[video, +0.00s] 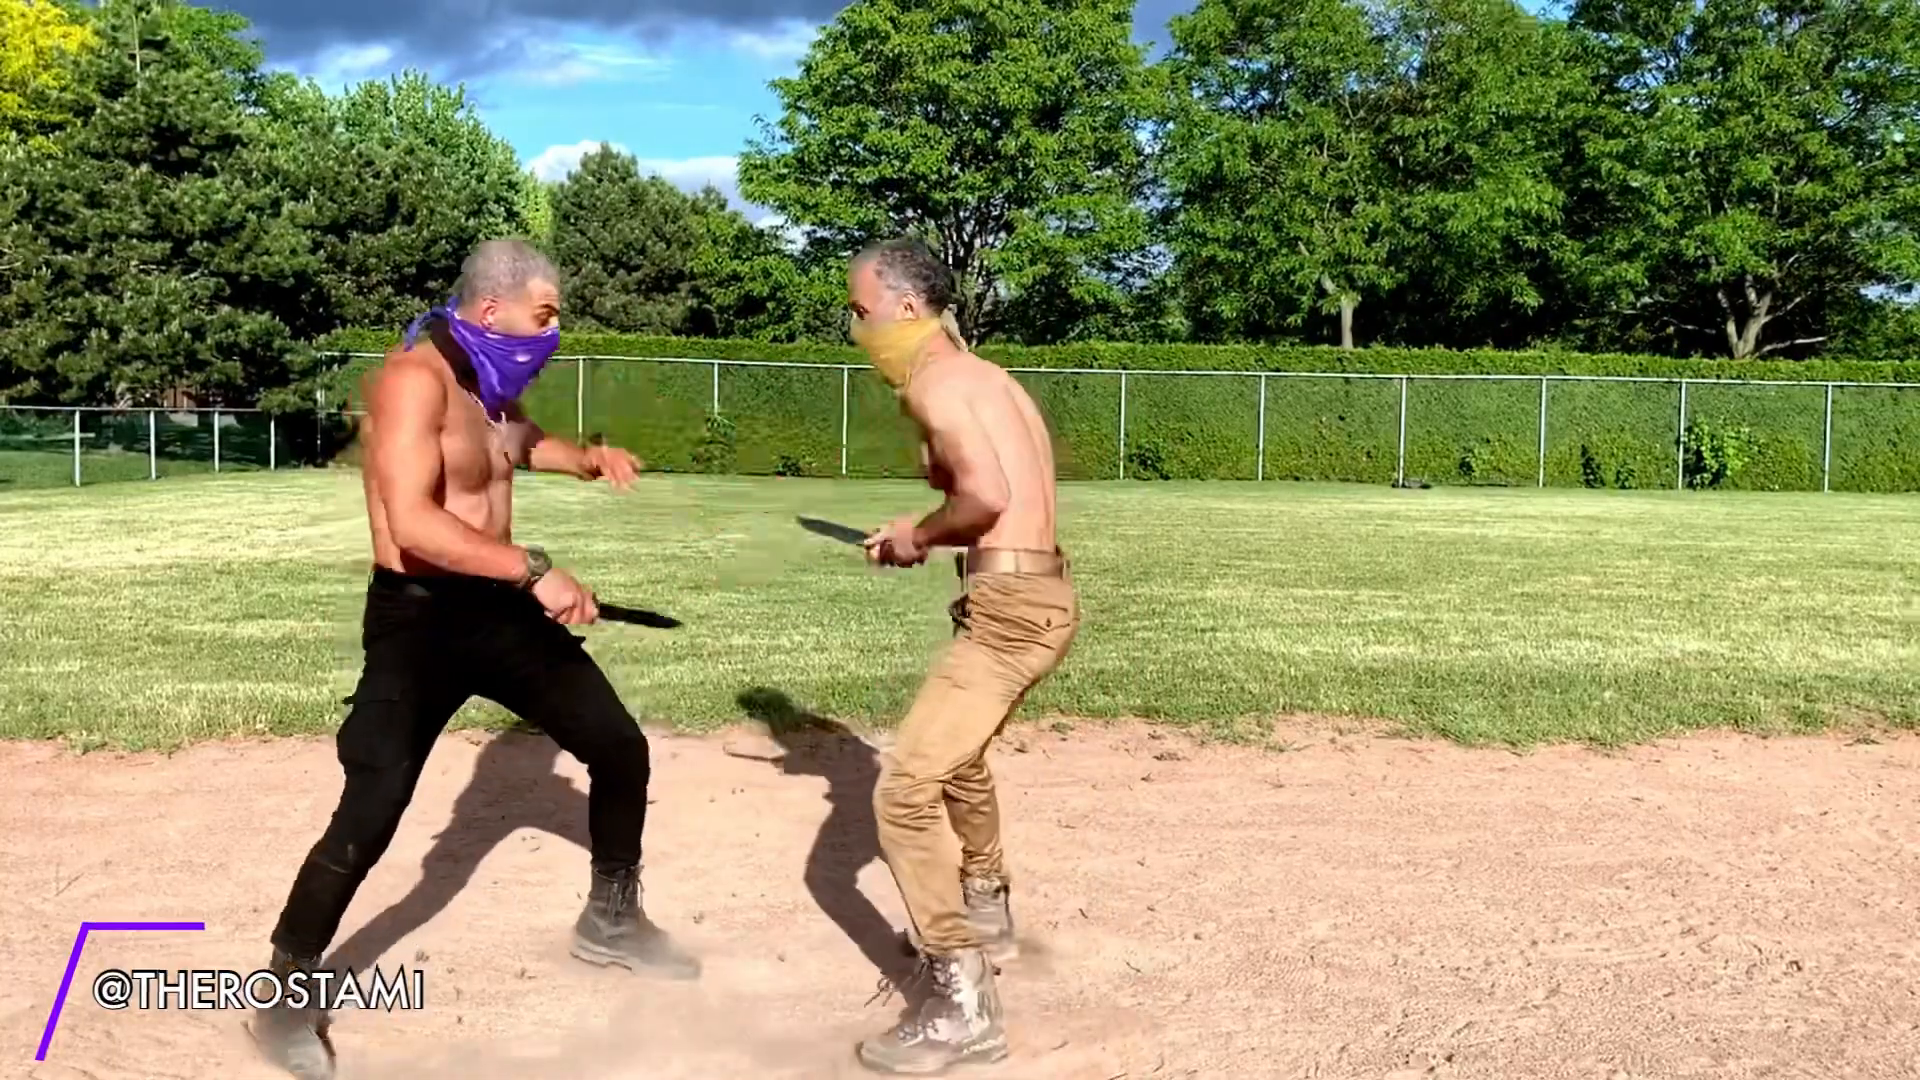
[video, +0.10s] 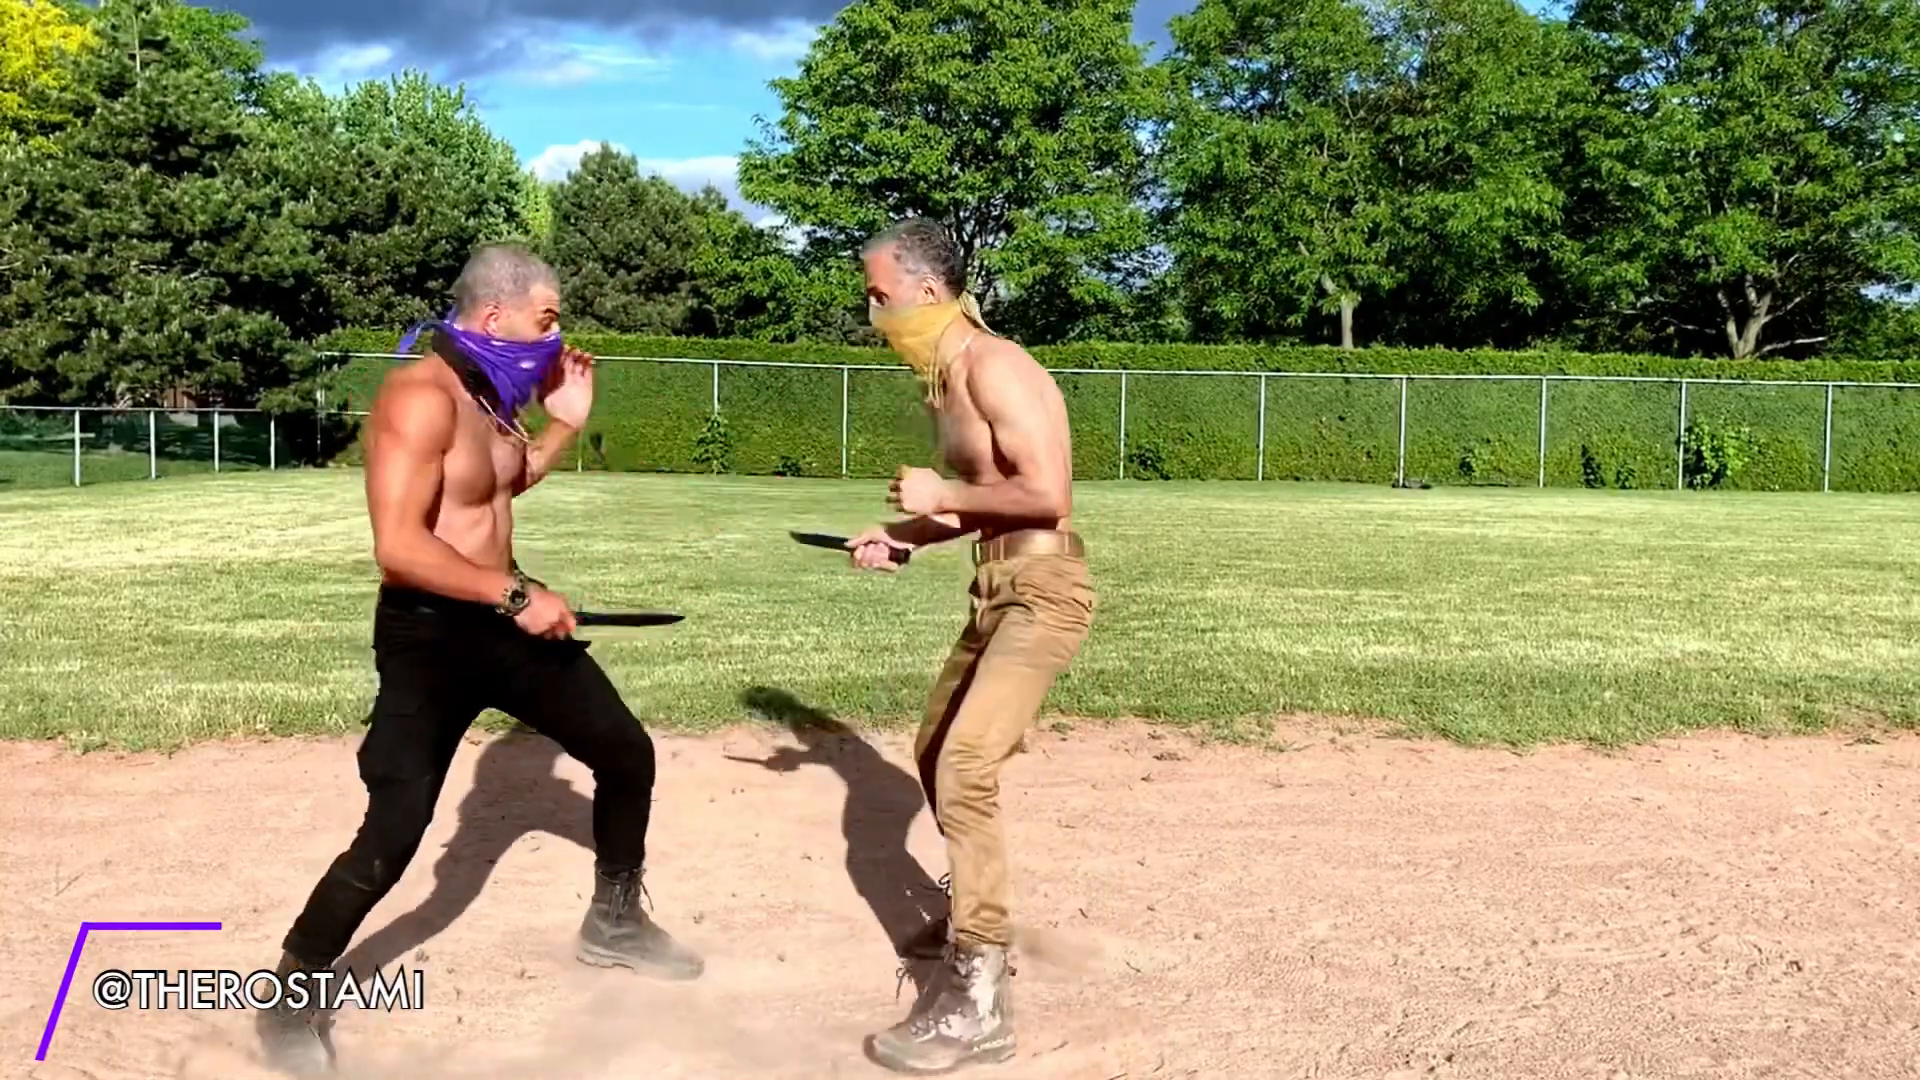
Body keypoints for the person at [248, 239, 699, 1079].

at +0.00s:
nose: (552, 335)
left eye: (554, 318)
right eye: (542, 316)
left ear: (503, 313)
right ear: (488, 310)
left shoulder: (493, 379)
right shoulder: (412, 379)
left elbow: (517, 444)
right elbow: (408, 523)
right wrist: (534, 570)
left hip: (501, 612)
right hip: (417, 620)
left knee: (620, 749)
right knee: (369, 814)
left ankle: (612, 917)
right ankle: (285, 990)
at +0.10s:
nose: (553, 336)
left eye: (556, 320)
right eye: (546, 318)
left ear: (496, 317)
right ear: (493, 315)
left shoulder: (480, 392)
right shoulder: (420, 393)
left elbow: (495, 484)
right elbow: (398, 546)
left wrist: (563, 425)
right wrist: (515, 595)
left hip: (504, 626)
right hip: (428, 635)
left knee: (626, 751)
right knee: (393, 837)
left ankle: (615, 919)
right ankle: (292, 992)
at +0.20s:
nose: (544, 349)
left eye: (546, 334)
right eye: (534, 333)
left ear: (490, 332)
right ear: (479, 331)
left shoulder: (497, 398)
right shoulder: (404, 417)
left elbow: (528, 471)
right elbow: (360, 558)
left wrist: (584, 428)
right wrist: (486, 589)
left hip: (496, 632)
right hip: (416, 643)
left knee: (623, 759)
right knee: (392, 838)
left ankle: (612, 924)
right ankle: (289, 995)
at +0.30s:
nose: (526, 348)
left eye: (528, 332)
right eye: (515, 331)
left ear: (477, 333)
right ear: (460, 330)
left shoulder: (481, 398)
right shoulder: (383, 417)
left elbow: (483, 477)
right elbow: (331, 554)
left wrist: (558, 426)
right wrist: (458, 581)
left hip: (490, 621)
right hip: (408, 635)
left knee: (623, 747)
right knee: (379, 827)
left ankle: (618, 914)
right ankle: (288, 995)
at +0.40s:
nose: (520, 334)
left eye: (521, 321)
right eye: (509, 318)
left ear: (469, 321)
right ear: (452, 320)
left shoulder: (485, 389)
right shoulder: (379, 410)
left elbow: (520, 456)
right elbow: (327, 555)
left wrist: (570, 406)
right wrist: (459, 570)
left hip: (490, 626)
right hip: (403, 638)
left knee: (617, 743)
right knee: (377, 830)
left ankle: (633, 915)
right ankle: (289, 995)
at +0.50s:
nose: (538, 329)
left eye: (540, 314)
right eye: (528, 311)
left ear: (490, 313)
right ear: (475, 312)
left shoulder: (491, 390)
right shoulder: (400, 405)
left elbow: (502, 480)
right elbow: (351, 549)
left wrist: (567, 447)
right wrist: (477, 571)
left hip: (497, 629)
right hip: (416, 641)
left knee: (615, 756)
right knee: (386, 841)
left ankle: (649, 924)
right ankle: (289, 1001)